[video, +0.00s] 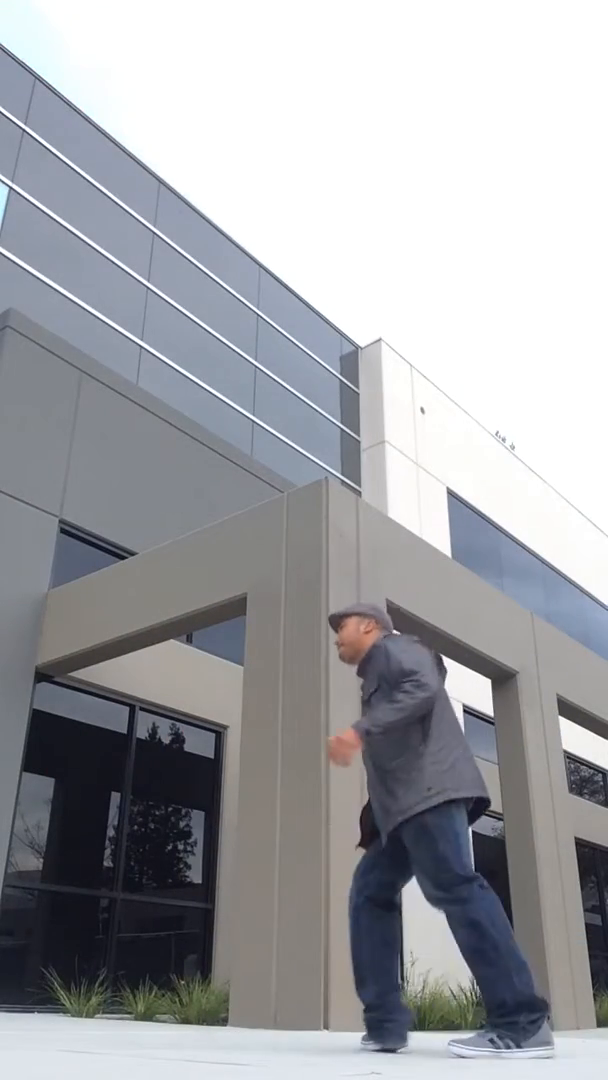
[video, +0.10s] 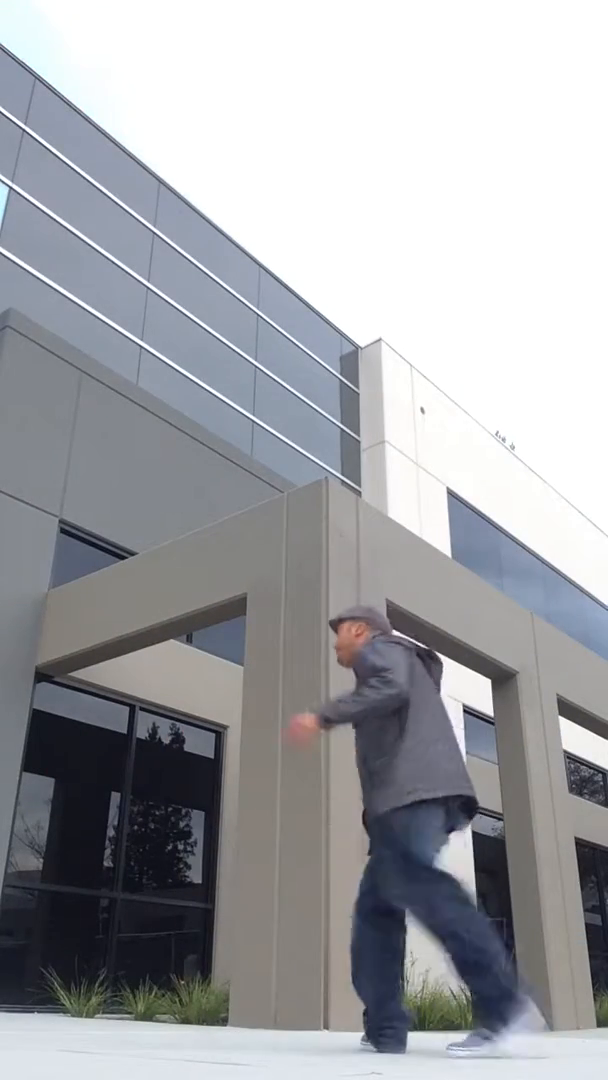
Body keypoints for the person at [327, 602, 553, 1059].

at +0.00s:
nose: (336, 639)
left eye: (341, 628)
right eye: (335, 632)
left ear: (368, 626)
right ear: (366, 629)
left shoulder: (395, 646)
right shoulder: (374, 674)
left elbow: (420, 687)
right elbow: (398, 757)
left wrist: (360, 730)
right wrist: (378, 812)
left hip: (431, 790)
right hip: (405, 804)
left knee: (457, 888)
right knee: (371, 891)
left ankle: (522, 1023)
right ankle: (385, 1027)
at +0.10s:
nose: (335, 645)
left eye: (338, 634)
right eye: (335, 636)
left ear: (360, 629)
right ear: (366, 630)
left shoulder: (380, 647)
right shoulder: (402, 663)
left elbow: (392, 686)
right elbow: (401, 745)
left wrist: (322, 716)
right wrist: (378, 804)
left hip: (414, 791)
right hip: (409, 800)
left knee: (409, 881)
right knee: (375, 909)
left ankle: (508, 1007)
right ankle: (384, 1032)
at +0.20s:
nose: (342, 638)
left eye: (344, 631)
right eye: (343, 632)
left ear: (358, 627)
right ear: (382, 630)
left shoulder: (365, 646)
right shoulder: (420, 664)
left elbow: (345, 679)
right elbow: (445, 733)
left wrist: (274, 705)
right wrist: (455, 800)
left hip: (395, 779)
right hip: (446, 786)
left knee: (355, 875)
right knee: (401, 909)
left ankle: (420, 934)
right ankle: (387, 1030)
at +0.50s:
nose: (422, 637)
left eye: (419, 631)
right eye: (419, 631)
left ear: (377, 632)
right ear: (410, 631)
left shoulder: (343, 669)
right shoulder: (422, 663)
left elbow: (304, 719)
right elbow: (463, 717)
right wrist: (484, 778)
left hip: (351, 794)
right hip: (399, 791)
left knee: (379, 899)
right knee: (398, 899)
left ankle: (401, 1016)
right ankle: (367, 1006)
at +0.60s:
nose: (425, 647)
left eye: (424, 639)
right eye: (421, 639)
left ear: (388, 643)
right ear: (403, 641)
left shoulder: (356, 680)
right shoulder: (404, 679)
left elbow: (345, 743)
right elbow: (426, 735)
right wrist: (471, 792)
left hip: (352, 811)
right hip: (386, 811)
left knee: (397, 913)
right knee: (402, 911)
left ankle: (404, 1020)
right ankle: (319, 987)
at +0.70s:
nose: (419, 643)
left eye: (418, 635)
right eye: (413, 635)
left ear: (390, 642)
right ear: (388, 640)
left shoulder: (385, 684)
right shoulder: (369, 682)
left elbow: (396, 739)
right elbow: (380, 749)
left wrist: (440, 732)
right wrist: (407, 810)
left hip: (388, 819)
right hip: (367, 818)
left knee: (409, 912)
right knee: (392, 907)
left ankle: (402, 1021)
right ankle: (308, 990)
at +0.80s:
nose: (395, 635)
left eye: (397, 628)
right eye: (385, 627)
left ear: (396, 638)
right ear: (360, 636)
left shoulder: (399, 688)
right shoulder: (336, 685)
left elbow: (418, 730)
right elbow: (326, 750)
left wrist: (461, 718)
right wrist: (337, 806)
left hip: (400, 819)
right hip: (354, 819)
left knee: (401, 918)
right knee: (356, 914)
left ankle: (400, 1020)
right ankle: (335, 1012)